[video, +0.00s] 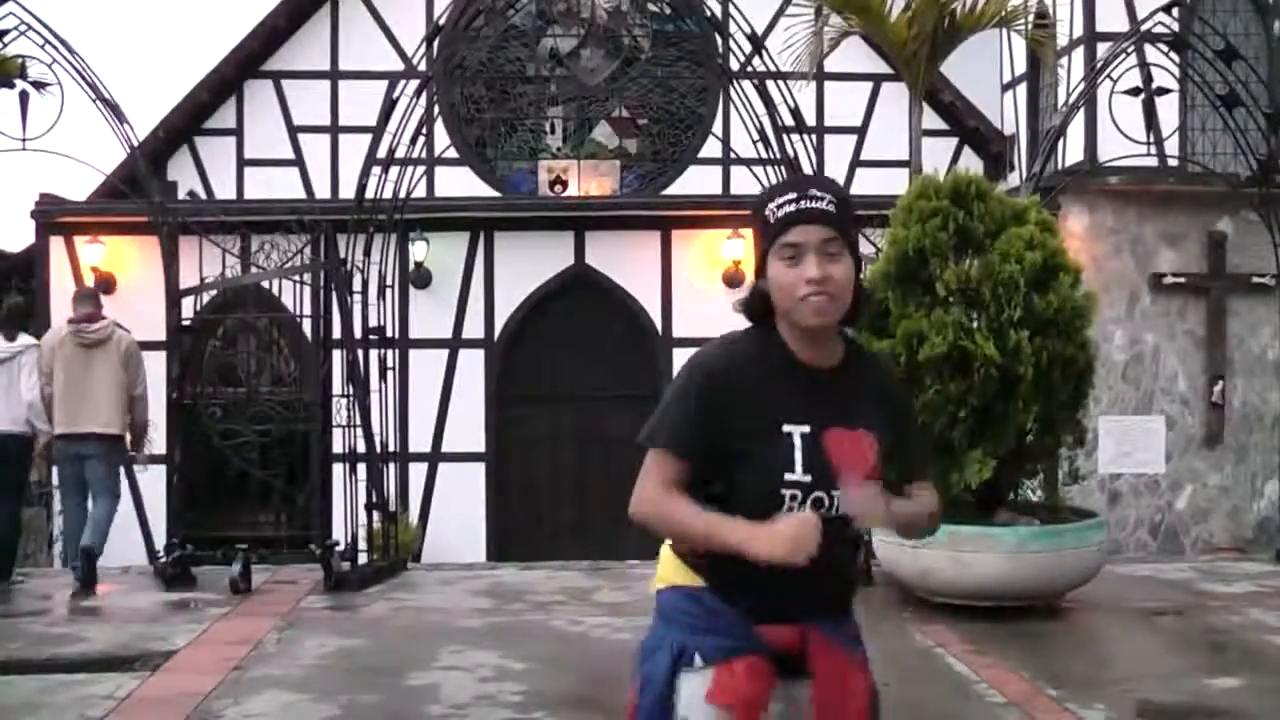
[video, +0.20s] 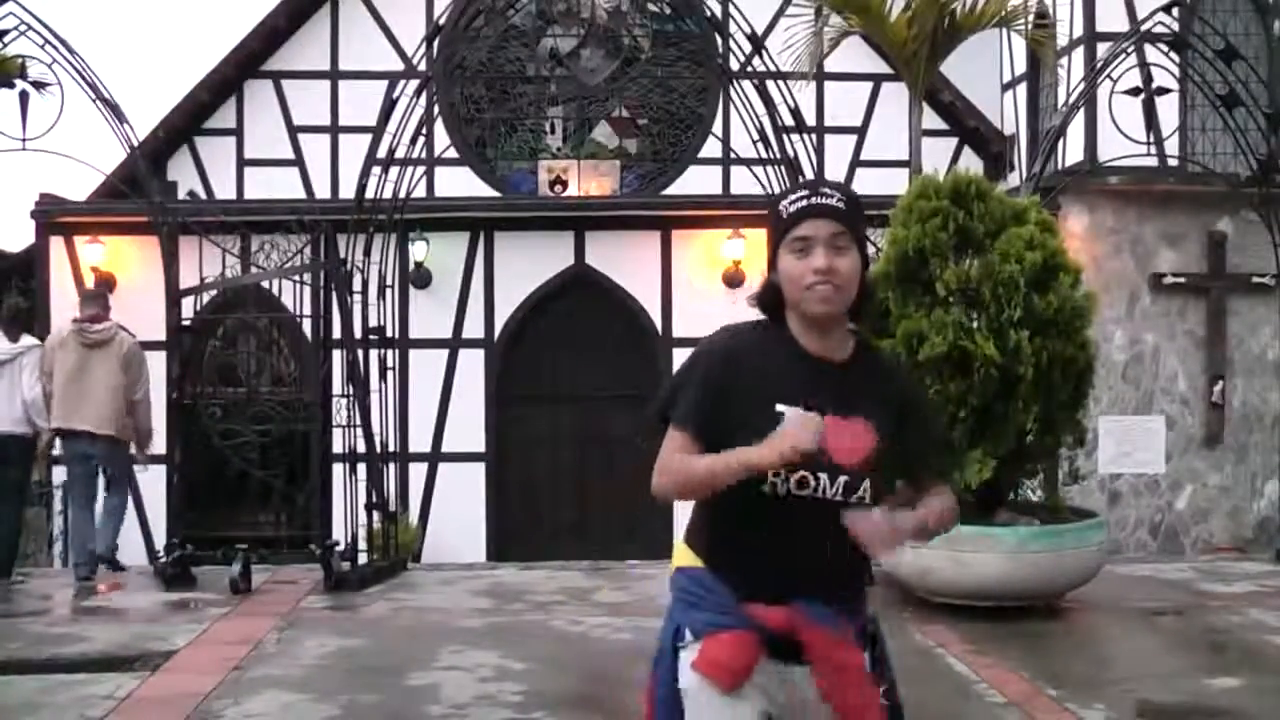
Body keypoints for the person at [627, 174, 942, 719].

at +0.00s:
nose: (815, 272)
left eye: (832, 253)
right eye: (793, 257)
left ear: (855, 267)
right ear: (764, 275)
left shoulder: (874, 380)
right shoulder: (718, 372)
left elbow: (926, 507)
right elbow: (648, 500)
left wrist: (888, 510)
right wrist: (754, 536)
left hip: (822, 607)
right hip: (713, 602)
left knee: (851, 702)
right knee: (727, 693)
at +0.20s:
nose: (822, 264)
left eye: (838, 248)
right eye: (801, 249)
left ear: (862, 264)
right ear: (775, 268)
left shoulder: (886, 380)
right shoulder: (729, 355)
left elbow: (942, 498)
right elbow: (666, 477)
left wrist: (905, 524)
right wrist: (764, 453)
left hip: (832, 617)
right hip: (722, 609)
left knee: (870, 709)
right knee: (716, 703)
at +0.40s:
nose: (818, 262)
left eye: (835, 246)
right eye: (799, 248)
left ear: (858, 265)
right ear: (773, 269)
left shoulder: (885, 375)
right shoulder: (728, 351)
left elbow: (934, 510)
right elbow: (655, 468)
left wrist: (892, 459)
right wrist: (727, 538)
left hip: (832, 615)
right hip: (719, 611)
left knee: (856, 708)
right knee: (703, 707)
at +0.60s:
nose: (796, 263)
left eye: (814, 247)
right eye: (778, 248)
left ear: (838, 267)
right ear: (753, 268)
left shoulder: (874, 377)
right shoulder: (708, 350)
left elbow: (928, 493)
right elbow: (638, 459)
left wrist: (846, 530)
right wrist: (702, 464)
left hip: (813, 608)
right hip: (700, 604)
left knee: (830, 708)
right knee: (682, 707)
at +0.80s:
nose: (760, 259)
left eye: (777, 244)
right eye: (742, 245)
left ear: (801, 260)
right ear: (719, 263)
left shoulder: (836, 363)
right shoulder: (681, 346)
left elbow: (910, 475)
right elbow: (613, 461)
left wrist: (832, 475)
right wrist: (693, 445)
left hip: (793, 602)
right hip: (676, 600)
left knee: (827, 707)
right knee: (632, 709)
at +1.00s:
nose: (697, 265)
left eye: (713, 249)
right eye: (679, 252)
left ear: (737, 266)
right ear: (656, 271)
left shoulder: (781, 362)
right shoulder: (620, 359)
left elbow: (833, 479)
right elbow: (562, 471)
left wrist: (758, 452)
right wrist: (608, 523)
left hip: (750, 615)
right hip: (635, 614)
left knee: (775, 708)